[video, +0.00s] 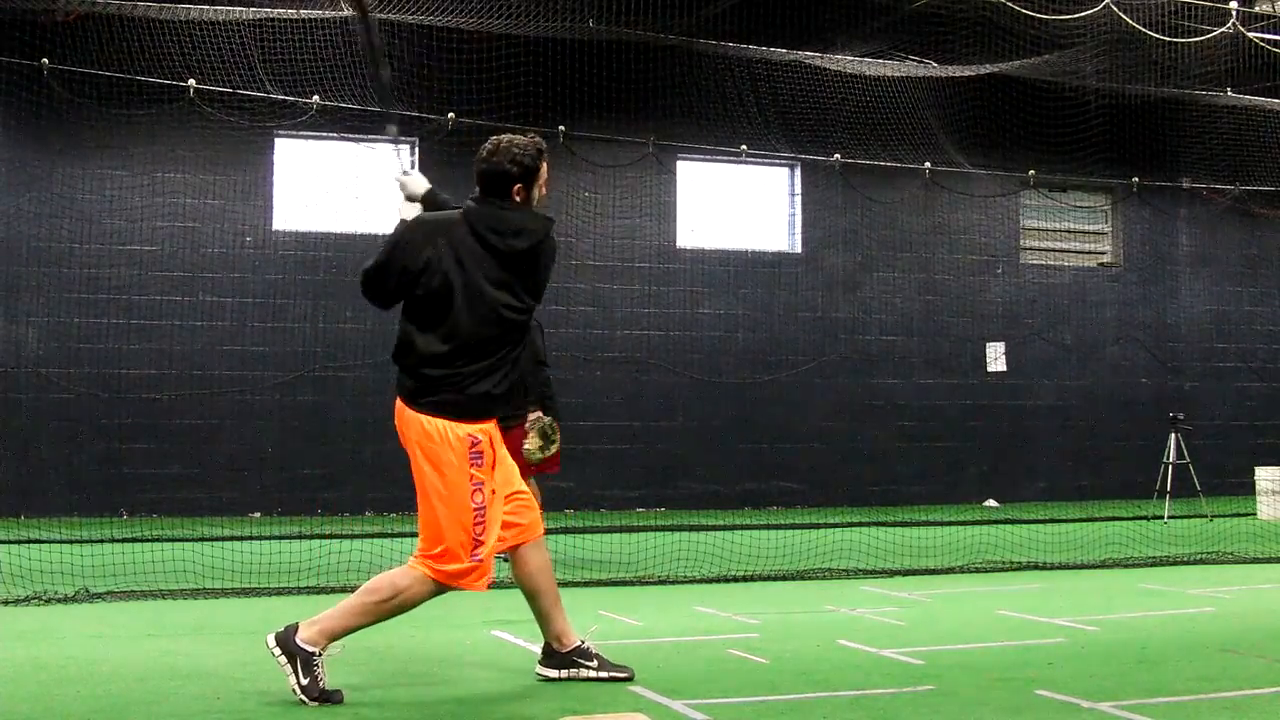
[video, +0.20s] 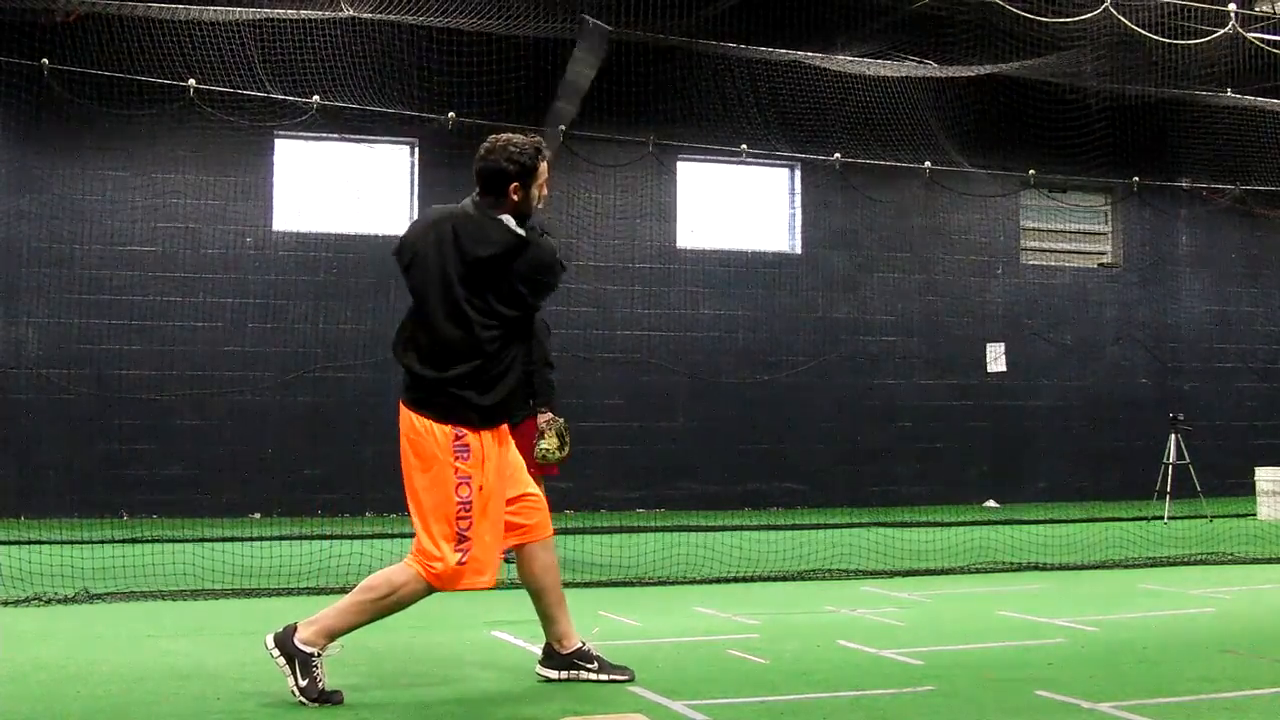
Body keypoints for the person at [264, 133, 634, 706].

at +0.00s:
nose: (546, 189)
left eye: (546, 180)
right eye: (544, 182)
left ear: (483, 186)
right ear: (523, 189)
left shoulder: (427, 233)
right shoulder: (536, 238)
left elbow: (378, 289)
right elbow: (486, 234)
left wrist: (410, 219)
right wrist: (436, 202)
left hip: (449, 414)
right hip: (458, 420)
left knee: (522, 523)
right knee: (448, 563)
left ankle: (563, 648)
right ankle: (306, 639)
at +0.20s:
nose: (544, 194)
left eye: (545, 184)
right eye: (542, 185)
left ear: (483, 185)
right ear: (517, 190)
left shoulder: (429, 230)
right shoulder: (527, 253)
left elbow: (407, 262)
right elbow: (545, 271)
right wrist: (527, 216)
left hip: (476, 418)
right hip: (450, 421)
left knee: (531, 523)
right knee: (443, 560)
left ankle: (564, 650)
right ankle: (304, 640)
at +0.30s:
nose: (547, 191)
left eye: (547, 181)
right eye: (543, 182)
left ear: (490, 182)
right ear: (517, 186)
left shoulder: (441, 221)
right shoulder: (520, 251)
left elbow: (484, 278)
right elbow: (561, 286)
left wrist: (542, 248)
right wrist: (574, 251)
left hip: (483, 417)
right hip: (450, 419)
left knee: (536, 523)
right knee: (440, 558)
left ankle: (564, 649)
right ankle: (305, 638)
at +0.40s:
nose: (554, 190)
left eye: (554, 178)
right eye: (549, 180)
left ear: (501, 182)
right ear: (518, 185)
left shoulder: (455, 217)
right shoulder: (523, 254)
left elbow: (505, 275)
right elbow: (571, 311)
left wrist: (573, 275)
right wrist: (609, 288)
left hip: (487, 412)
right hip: (455, 418)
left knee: (541, 520)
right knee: (441, 556)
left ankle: (565, 649)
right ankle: (305, 637)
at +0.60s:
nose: (571, 198)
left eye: (572, 188)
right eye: (564, 188)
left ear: (526, 187)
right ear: (529, 187)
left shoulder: (506, 223)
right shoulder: (509, 254)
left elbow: (547, 305)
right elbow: (543, 349)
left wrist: (598, 339)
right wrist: (614, 371)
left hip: (497, 409)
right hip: (450, 414)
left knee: (550, 518)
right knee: (436, 552)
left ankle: (565, 647)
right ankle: (304, 636)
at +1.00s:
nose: (592, 198)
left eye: (597, 188)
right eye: (586, 187)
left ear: (584, 182)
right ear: (551, 176)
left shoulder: (570, 230)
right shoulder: (494, 244)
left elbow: (577, 312)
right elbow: (464, 346)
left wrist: (561, 372)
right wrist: (529, 395)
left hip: (527, 398)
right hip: (457, 397)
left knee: (573, 513)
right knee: (405, 517)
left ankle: (567, 644)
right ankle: (312, 636)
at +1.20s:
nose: (563, 198)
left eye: (569, 188)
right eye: (555, 186)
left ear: (569, 183)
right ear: (523, 174)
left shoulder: (561, 238)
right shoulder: (461, 237)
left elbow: (568, 320)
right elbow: (416, 321)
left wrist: (530, 366)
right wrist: (469, 372)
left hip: (522, 403)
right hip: (438, 405)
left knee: (570, 520)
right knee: (392, 525)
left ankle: (567, 645)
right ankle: (327, 651)